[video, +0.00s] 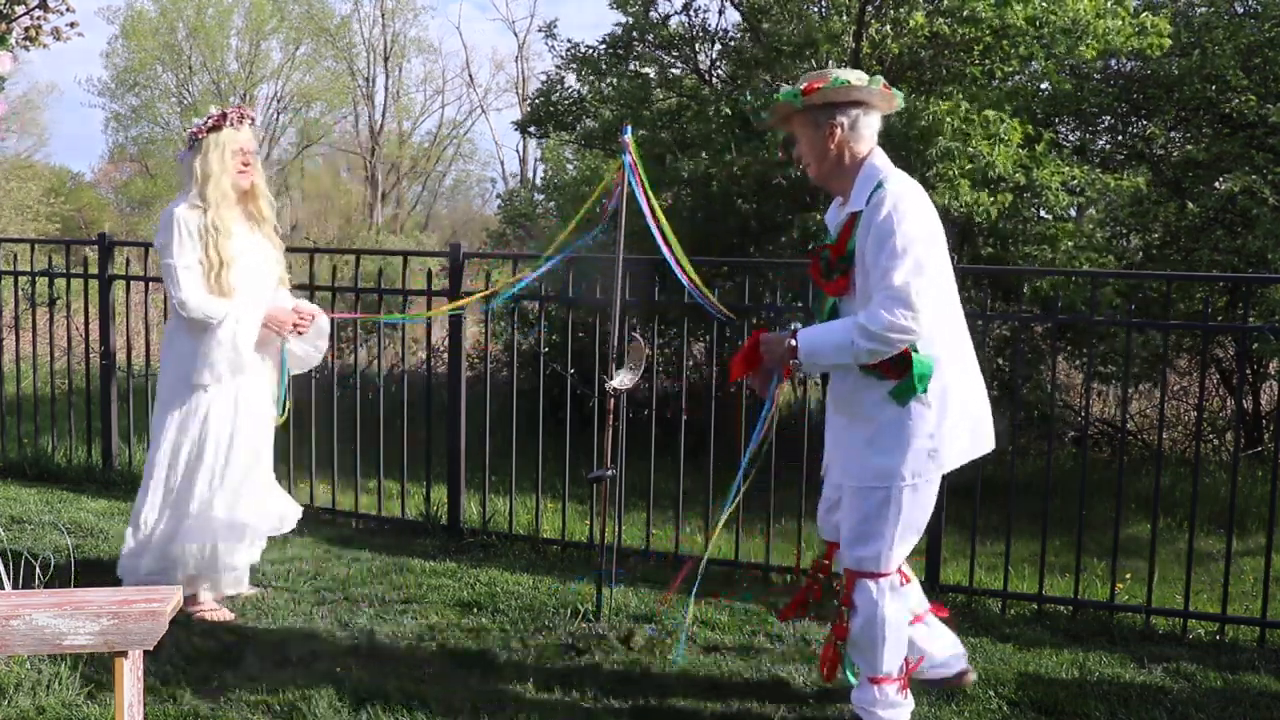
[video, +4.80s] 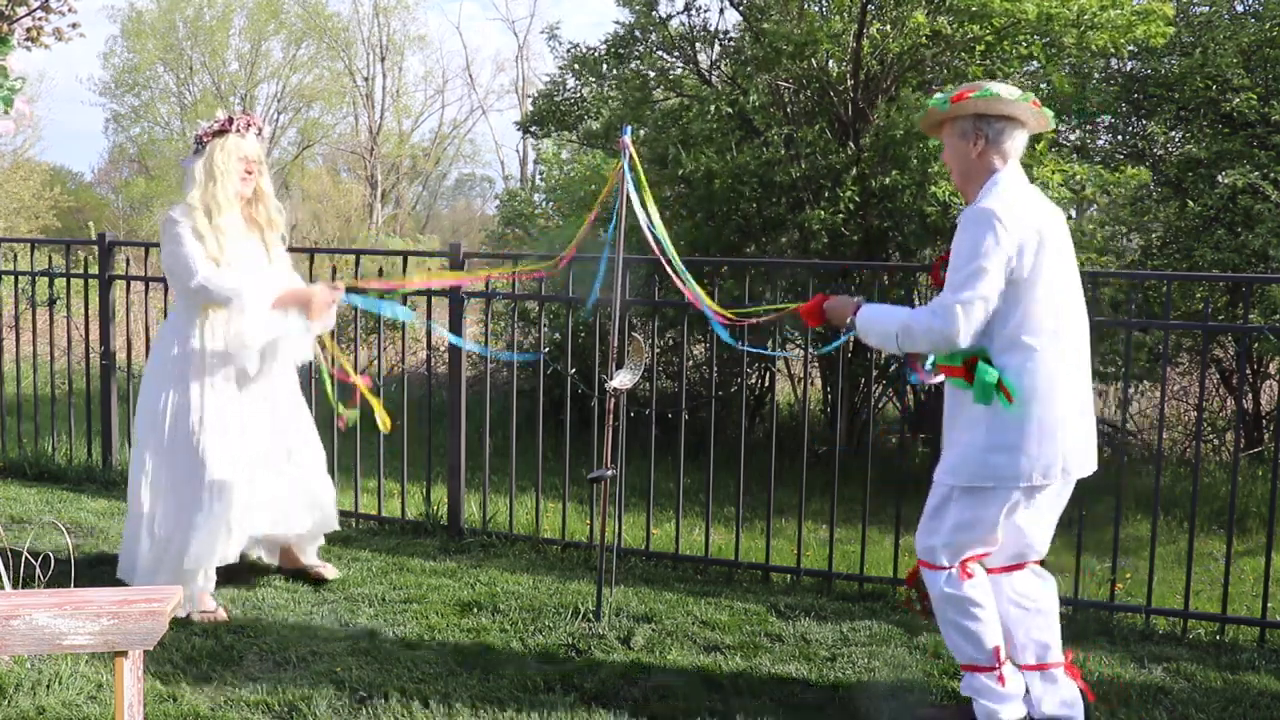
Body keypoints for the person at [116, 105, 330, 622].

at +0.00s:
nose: (247, 160)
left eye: (252, 152)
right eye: (236, 152)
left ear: (259, 160)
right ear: (210, 160)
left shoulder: (255, 219)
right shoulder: (185, 215)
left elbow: (268, 290)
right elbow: (189, 300)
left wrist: (296, 312)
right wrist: (258, 317)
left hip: (250, 364)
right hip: (205, 366)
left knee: (236, 472)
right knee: (204, 470)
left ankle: (210, 590)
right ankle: (191, 589)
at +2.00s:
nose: (233, 162)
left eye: (237, 154)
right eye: (222, 154)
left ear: (242, 161)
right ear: (193, 162)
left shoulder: (241, 222)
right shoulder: (174, 218)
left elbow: (262, 294)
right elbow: (219, 278)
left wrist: (317, 287)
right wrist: (302, 273)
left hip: (240, 358)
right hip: (192, 360)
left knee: (243, 461)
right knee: (199, 468)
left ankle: (237, 572)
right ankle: (197, 591)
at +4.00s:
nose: (269, 166)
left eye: (271, 156)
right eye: (257, 158)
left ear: (277, 161)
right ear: (230, 166)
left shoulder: (280, 216)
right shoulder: (217, 220)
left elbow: (318, 274)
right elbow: (264, 273)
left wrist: (366, 273)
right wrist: (342, 263)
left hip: (287, 346)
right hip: (240, 348)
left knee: (281, 443)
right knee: (234, 458)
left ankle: (268, 540)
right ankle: (204, 583)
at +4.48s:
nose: (249, 169)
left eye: (256, 160)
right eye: (238, 159)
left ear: (263, 168)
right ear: (211, 164)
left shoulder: (269, 216)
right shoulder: (187, 213)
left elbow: (288, 287)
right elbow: (202, 258)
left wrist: (310, 256)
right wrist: (274, 242)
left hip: (261, 346)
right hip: (205, 349)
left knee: (272, 441)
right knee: (204, 462)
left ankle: (265, 541)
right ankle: (197, 588)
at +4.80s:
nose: (250, 168)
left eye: (257, 160)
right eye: (239, 159)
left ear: (263, 169)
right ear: (212, 166)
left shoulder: (261, 227)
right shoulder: (182, 223)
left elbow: (283, 290)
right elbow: (204, 283)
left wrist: (314, 306)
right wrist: (285, 296)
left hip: (259, 356)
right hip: (201, 360)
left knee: (284, 449)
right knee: (206, 467)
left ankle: (291, 546)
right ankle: (195, 584)